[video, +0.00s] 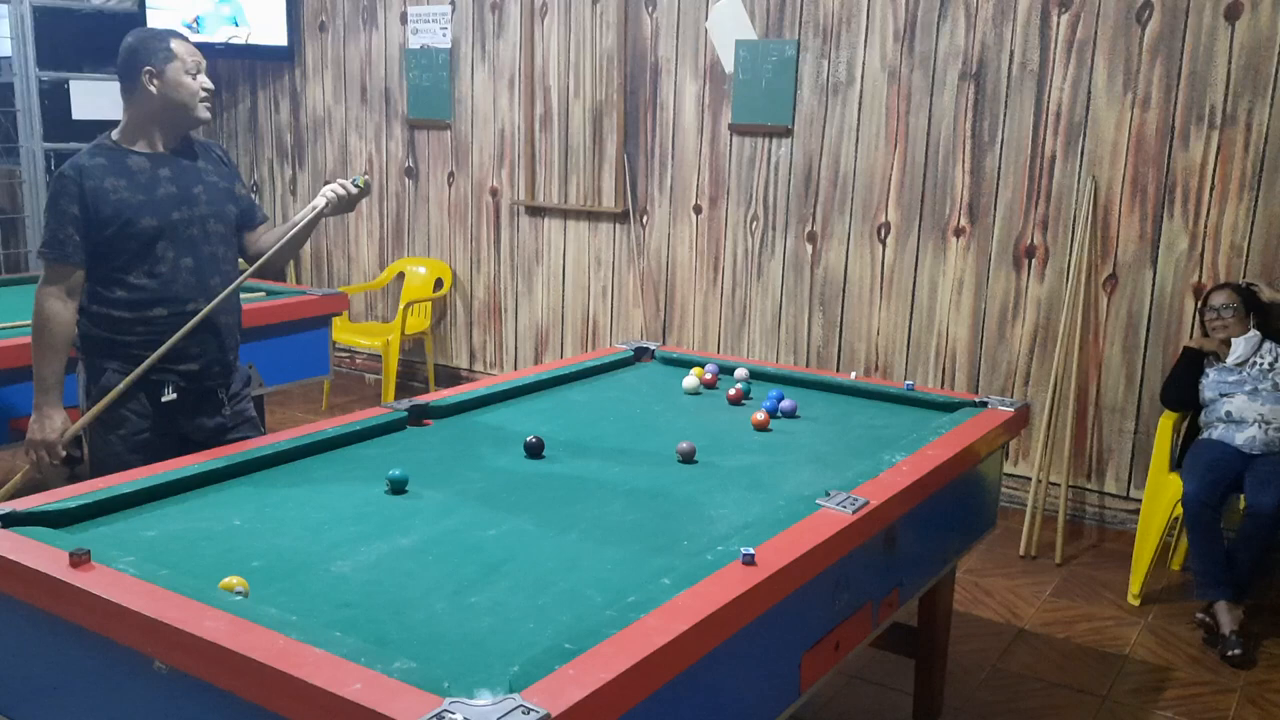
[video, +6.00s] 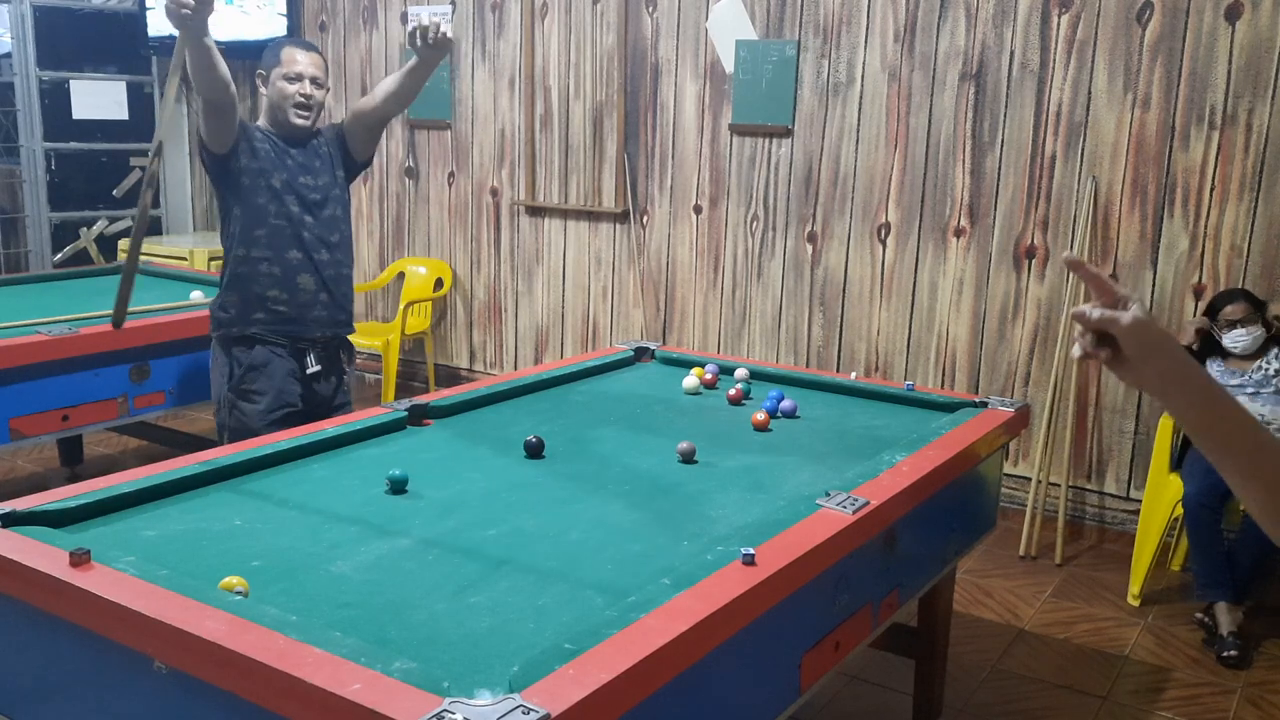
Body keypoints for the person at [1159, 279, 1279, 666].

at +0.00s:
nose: (1221, 316)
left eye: (1230, 309)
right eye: (1212, 310)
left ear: (1249, 316)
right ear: (1203, 318)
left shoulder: (1270, 351)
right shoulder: (1201, 358)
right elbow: (1172, 400)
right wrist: (1195, 348)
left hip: (1270, 446)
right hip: (1220, 440)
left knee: (1266, 509)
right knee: (1196, 496)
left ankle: (1221, 603)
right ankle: (1225, 609)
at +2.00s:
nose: (1218, 313)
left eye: (1229, 305)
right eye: (1213, 310)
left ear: (1257, 315)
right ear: (1209, 321)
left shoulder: (1273, 349)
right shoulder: (1206, 357)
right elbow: (1176, 405)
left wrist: (1272, 338)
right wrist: (1190, 353)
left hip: (1270, 448)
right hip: (1219, 442)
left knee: (1267, 511)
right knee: (1196, 498)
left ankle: (1220, 604)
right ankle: (1225, 611)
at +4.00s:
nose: (1233, 314)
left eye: (1244, 307)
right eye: (1226, 307)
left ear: (1263, 317)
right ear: (1216, 315)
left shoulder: (1273, 350)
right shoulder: (1208, 352)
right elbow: (1175, 403)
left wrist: (1276, 353)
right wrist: (1196, 347)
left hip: (1272, 447)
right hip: (1221, 440)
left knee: (1267, 510)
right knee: (1197, 499)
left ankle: (1221, 604)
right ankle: (1225, 611)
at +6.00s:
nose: (1239, 330)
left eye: (1248, 322)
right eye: (1229, 324)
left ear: (1265, 323)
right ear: (1214, 329)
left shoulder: (1276, 358)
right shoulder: (1205, 364)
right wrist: (1187, 342)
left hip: (1269, 441)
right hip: (1217, 437)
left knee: (1265, 518)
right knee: (1197, 500)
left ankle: (1219, 604)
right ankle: (1224, 607)